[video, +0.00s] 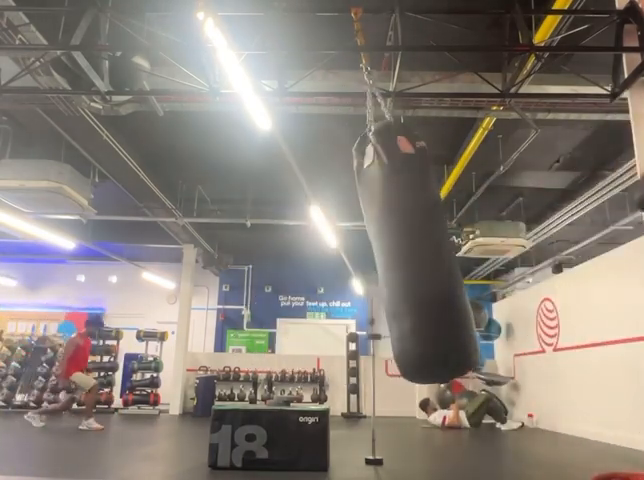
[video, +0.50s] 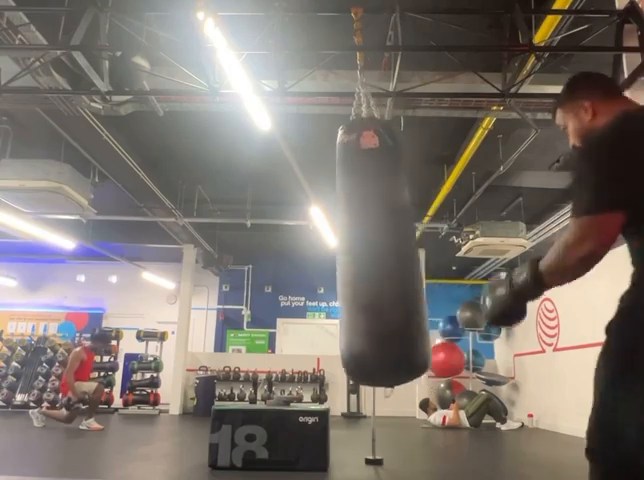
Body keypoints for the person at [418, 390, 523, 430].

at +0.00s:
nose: (434, 405)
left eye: (433, 404)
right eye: (432, 404)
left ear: (426, 409)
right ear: (428, 407)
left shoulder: (436, 414)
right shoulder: (435, 418)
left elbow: (452, 418)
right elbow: (455, 422)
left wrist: (455, 407)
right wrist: (454, 407)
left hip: (466, 414)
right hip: (468, 419)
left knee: (485, 395)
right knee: (486, 397)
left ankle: (502, 419)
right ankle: (503, 422)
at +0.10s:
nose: (434, 405)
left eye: (433, 404)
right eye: (432, 404)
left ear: (427, 409)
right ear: (428, 408)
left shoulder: (437, 414)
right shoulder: (435, 418)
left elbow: (452, 418)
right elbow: (455, 422)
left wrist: (454, 407)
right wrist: (454, 407)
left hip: (466, 414)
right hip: (468, 419)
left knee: (485, 395)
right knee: (486, 397)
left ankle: (502, 419)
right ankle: (503, 422)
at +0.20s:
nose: (434, 405)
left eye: (432, 404)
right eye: (432, 404)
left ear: (426, 409)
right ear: (428, 407)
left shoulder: (436, 414)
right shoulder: (435, 418)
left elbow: (452, 418)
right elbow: (455, 422)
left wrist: (455, 407)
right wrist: (454, 407)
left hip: (466, 414)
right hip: (468, 419)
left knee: (485, 395)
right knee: (486, 397)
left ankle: (502, 419)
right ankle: (503, 422)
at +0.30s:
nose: (434, 403)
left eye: (433, 401)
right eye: (432, 402)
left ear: (427, 408)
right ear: (429, 406)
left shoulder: (436, 414)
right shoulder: (435, 418)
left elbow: (453, 420)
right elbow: (455, 422)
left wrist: (453, 408)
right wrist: (454, 408)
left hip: (466, 415)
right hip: (468, 419)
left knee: (484, 395)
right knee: (486, 396)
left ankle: (501, 421)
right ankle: (503, 422)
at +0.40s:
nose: (434, 403)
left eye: (432, 401)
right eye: (432, 402)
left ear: (427, 408)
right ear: (429, 406)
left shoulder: (436, 414)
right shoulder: (435, 418)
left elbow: (453, 420)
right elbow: (455, 422)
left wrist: (453, 408)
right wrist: (454, 408)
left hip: (466, 415)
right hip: (468, 419)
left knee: (484, 396)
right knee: (485, 396)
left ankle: (501, 421)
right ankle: (503, 422)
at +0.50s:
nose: (434, 403)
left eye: (432, 401)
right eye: (432, 402)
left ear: (427, 408)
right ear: (429, 406)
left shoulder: (436, 414)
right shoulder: (435, 418)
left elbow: (453, 420)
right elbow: (455, 422)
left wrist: (454, 408)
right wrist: (454, 408)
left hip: (466, 415)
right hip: (468, 419)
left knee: (484, 395)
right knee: (485, 396)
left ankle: (501, 421)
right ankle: (504, 422)